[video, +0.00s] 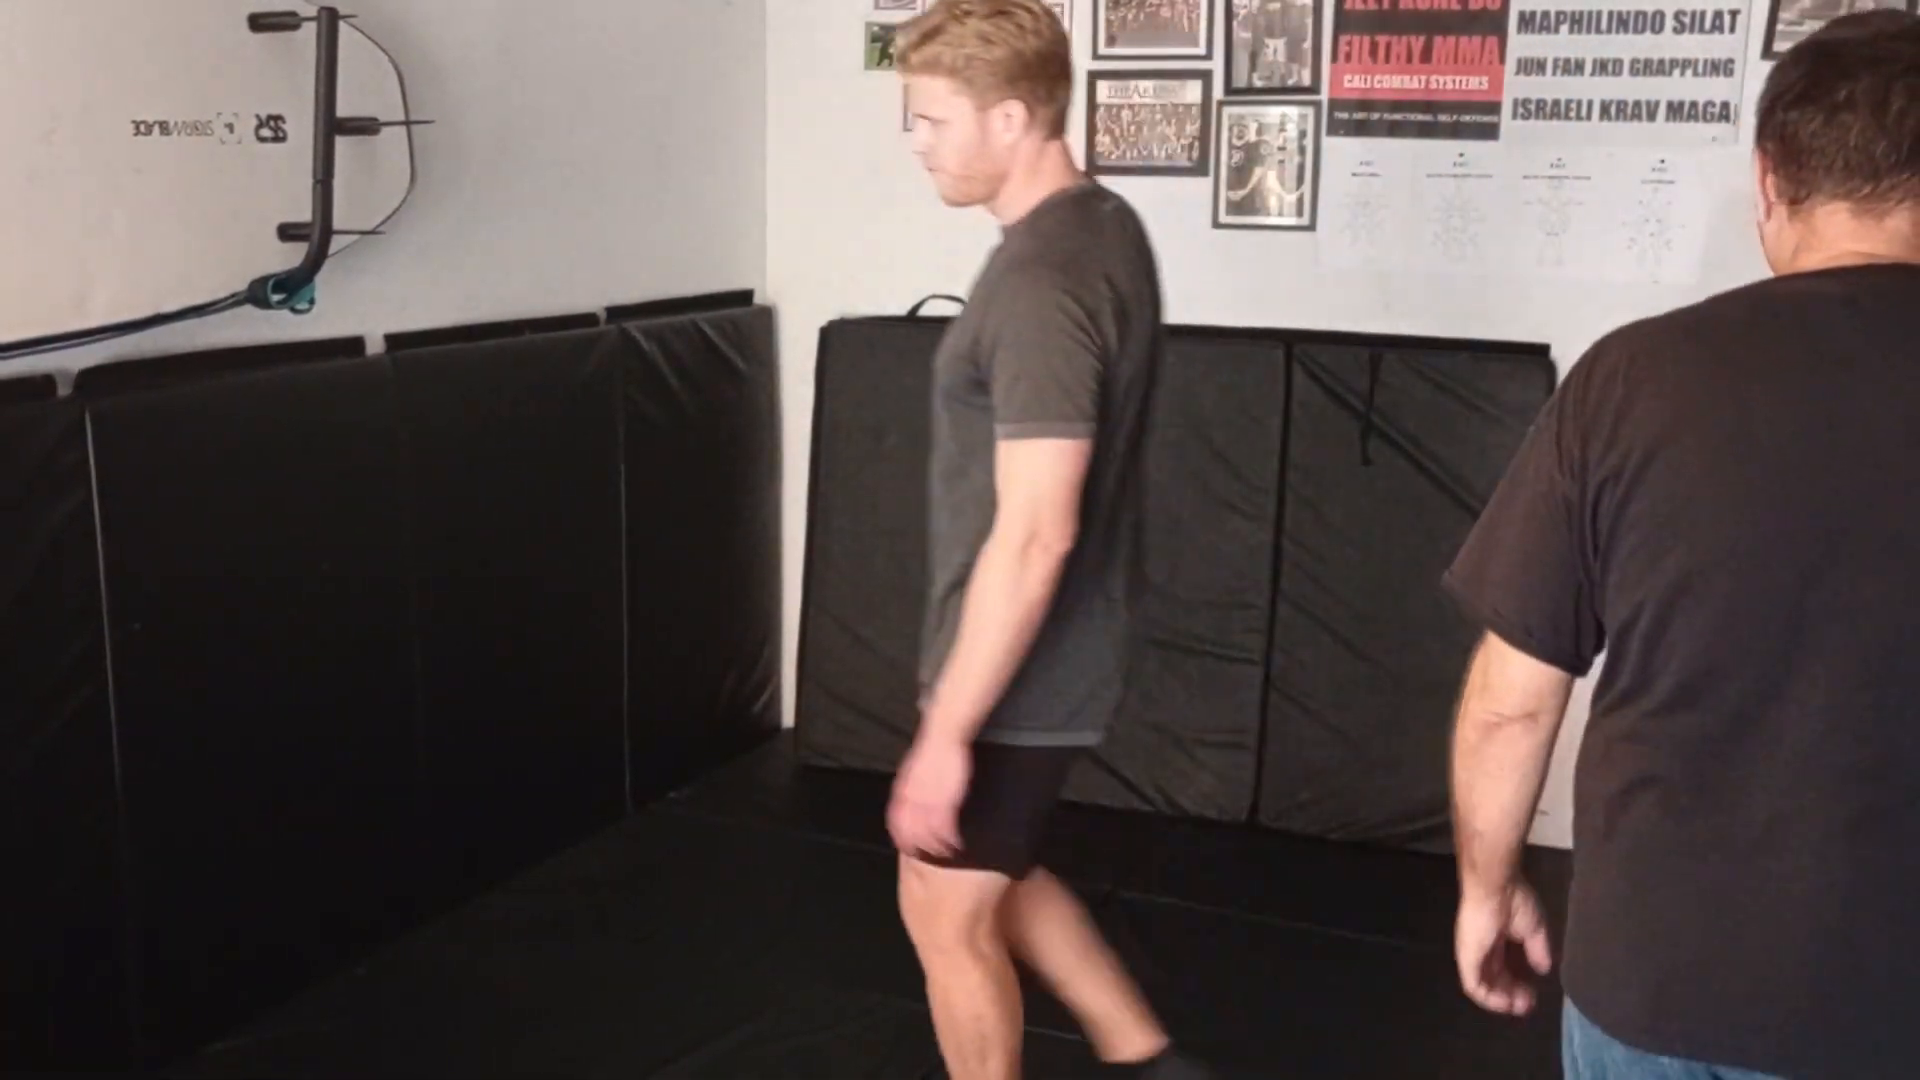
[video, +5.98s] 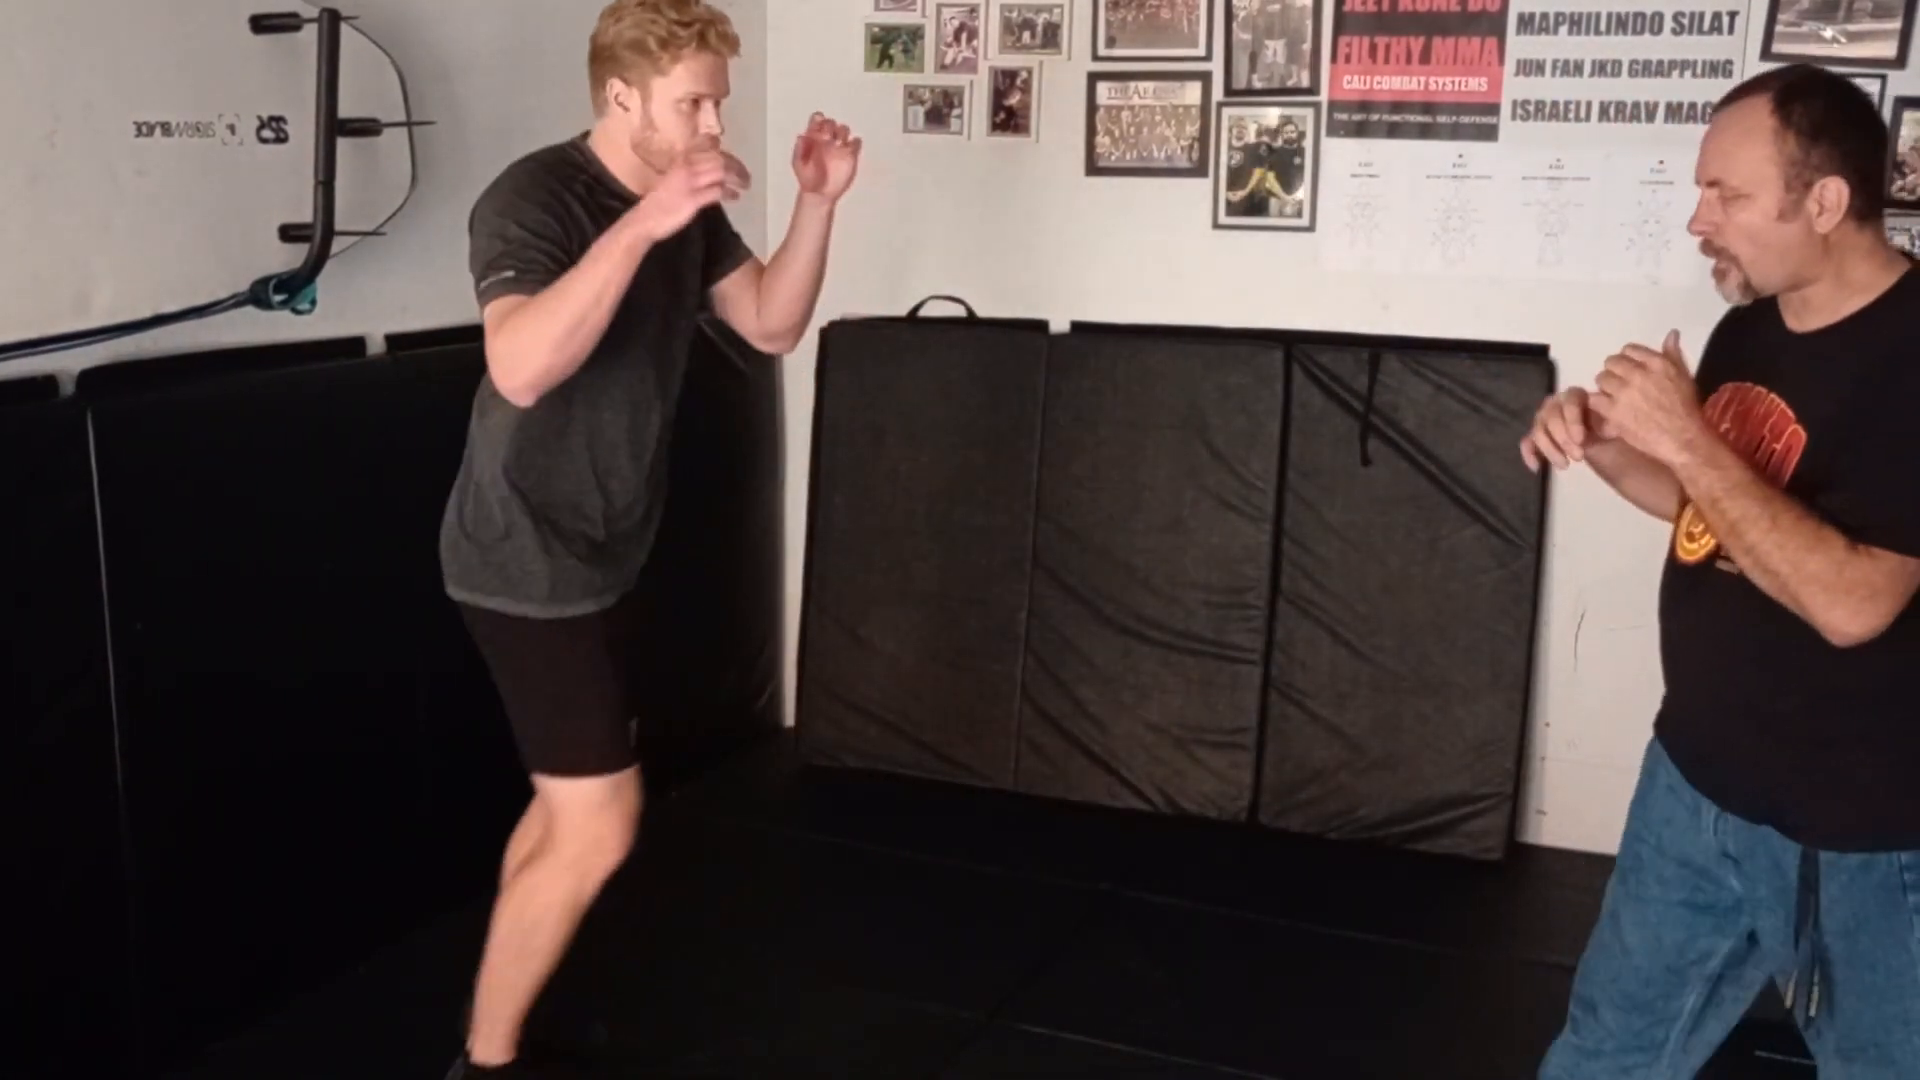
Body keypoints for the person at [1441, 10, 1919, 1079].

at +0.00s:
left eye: (1758, 190)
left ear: (1769, 186)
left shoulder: (1641, 379)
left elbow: (1510, 698)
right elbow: (1513, 697)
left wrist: (1487, 882)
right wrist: (1492, 885)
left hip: (1660, 998)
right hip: (1894, 1003)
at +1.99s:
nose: (1572, 205)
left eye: (1600, 176)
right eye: (1564, 176)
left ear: (1691, 179)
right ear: (1560, 177)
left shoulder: (1805, 316)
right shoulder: (1588, 310)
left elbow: (1891, 533)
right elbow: (1574, 524)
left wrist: (1663, 550)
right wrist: (1506, 450)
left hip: (1761, 772)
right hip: (1593, 751)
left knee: (1807, 1056)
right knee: (1579, 1049)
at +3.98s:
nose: (1578, 239)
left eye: (1597, 211)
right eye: (1577, 210)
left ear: (1694, 205)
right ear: (1683, 209)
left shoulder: (1850, 351)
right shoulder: (1642, 338)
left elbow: (1787, 605)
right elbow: (1589, 529)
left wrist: (1586, 465)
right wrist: (1465, 455)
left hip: (1723, 840)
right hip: (1575, 785)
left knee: (1649, 1062)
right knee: (1499, 1003)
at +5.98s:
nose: (1698, 223)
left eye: (1726, 196)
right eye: (1702, 191)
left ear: (1825, 205)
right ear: (1815, 208)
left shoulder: (1918, 352)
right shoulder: (1754, 323)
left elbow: (1857, 602)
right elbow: (1707, 502)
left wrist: (1689, 441)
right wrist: (1604, 448)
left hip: (1875, 831)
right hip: (1702, 784)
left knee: (1878, 1069)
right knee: (1603, 1059)